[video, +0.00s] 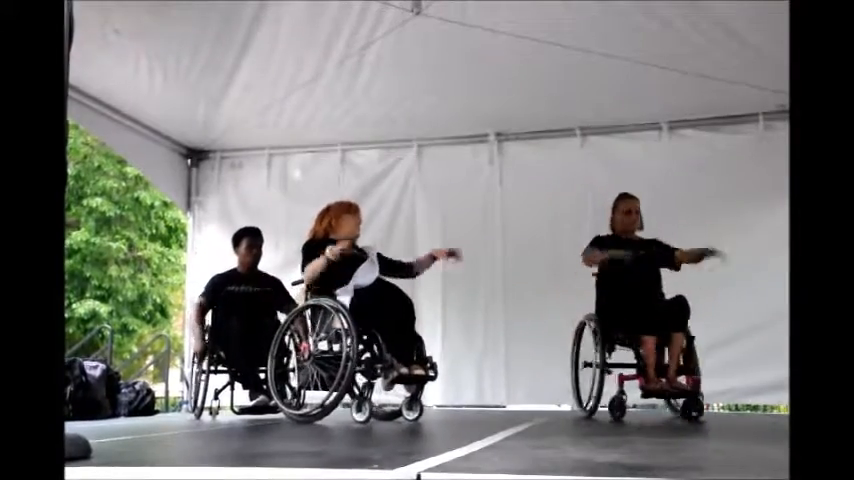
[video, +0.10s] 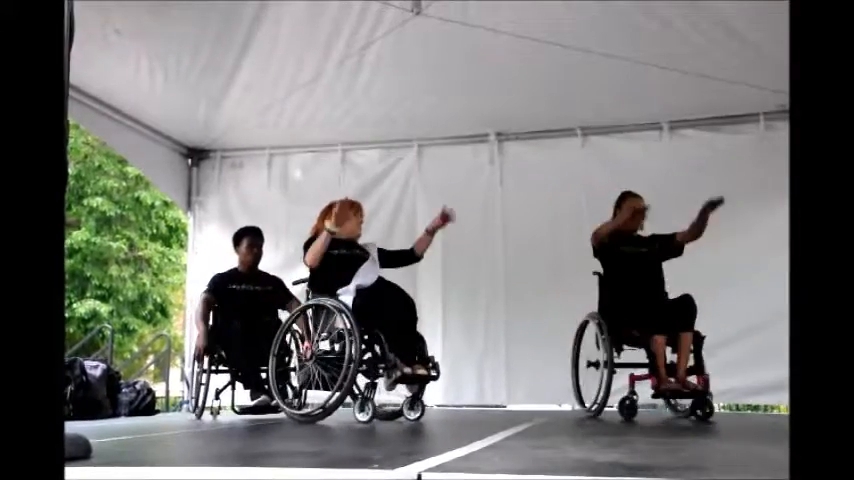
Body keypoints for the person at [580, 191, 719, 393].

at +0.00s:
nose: (633, 217)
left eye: (636, 212)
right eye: (627, 212)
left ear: (640, 217)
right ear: (613, 217)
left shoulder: (649, 246)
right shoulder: (604, 242)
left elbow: (679, 256)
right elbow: (589, 256)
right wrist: (601, 258)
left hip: (649, 310)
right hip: (616, 311)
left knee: (679, 303)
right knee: (649, 316)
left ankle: (672, 377)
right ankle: (651, 380)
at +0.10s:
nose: (639, 217)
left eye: (642, 212)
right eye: (633, 211)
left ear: (645, 216)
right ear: (619, 213)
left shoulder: (650, 242)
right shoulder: (608, 241)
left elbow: (689, 235)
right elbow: (598, 237)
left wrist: (704, 214)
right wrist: (621, 217)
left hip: (653, 307)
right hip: (620, 310)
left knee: (686, 302)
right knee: (656, 317)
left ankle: (681, 377)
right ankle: (662, 381)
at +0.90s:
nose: (696, 205)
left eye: (698, 200)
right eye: (690, 198)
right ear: (672, 199)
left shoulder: (695, 236)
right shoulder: (655, 234)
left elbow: (704, 275)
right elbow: (653, 281)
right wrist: (662, 313)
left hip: (715, 307)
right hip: (689, 313)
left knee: (770, 300)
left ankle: (776, 372)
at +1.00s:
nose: (698, 200)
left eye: (699, 195)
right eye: (691, 195)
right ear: (672, 199)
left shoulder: (695, 233)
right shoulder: (664, 233)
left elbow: (704, 274)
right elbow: (667, 277)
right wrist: (689, 311)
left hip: (724, 306)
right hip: (708, 311)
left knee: (778, 300)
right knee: (778, 303)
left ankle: (783, 374)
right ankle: (785, 375)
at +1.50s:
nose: (696, 193)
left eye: (697, 189)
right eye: (687, 190)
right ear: (673, 203)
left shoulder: (699, 228)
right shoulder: (679, 232)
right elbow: (687, 279)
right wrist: (716, 311)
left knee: (797, 301)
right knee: (799, 309)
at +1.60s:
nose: (697, 193)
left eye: (697, 189)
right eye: (688, 190)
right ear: (673, 202)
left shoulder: (697, 229)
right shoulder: (673, 233)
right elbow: (676, 280)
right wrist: (704, 308)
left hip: (738, 304)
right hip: (722, 313)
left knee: (796, 301)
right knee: (796, 308)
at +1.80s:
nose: (697, 198)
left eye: (699, 192)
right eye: (690, 192)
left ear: (702, 197)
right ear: (672, 198)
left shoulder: (694, 234)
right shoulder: (660, 231)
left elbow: (694, 274)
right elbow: (638, 276)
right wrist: (664, 307)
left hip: (715, 309)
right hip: (691, 314)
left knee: (773, 300)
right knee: (774, 303)